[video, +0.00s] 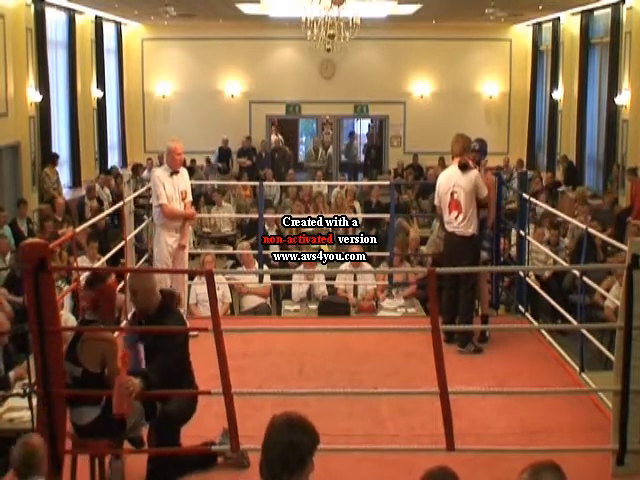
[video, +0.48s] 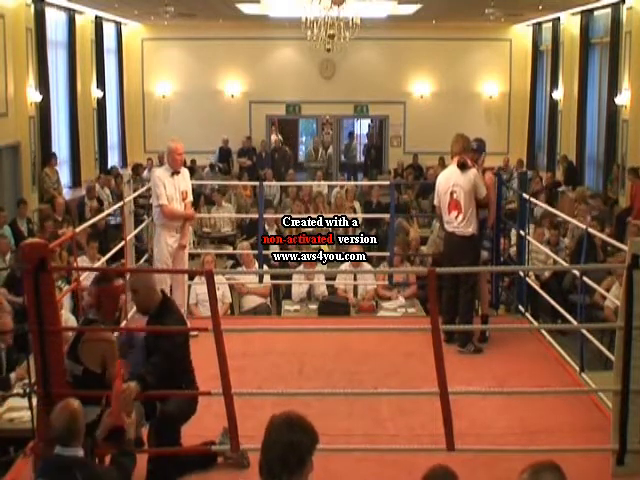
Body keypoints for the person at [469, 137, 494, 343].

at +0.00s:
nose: (473, 157)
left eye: (476, 153)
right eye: (471, 152)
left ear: (482, 155)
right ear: (468, 153)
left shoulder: (489, 179)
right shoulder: (464, 176)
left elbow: (492, 204)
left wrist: (490, 227)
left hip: (483, 230)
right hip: (466, 230)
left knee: (483, 276)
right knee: (466, 276)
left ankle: (484, 321)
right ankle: (463, 320)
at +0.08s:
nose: (473, 157)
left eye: (476, 153)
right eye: (471, 152)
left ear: (482, 154)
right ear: (469, 153)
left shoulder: (488, 177)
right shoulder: (464, 174)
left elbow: (492, 203)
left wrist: (490, 227)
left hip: (483, 229)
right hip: (466, 228)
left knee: (483, 276)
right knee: (466, 276)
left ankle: (484, 321)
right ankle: (463, 320)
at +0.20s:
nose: (474, 159)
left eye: (477, 154)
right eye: (472, 154)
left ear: (484, 155)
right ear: (469, 153)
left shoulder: (489, 178)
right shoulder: (465, 174)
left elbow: (492, 204)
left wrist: (490, 227)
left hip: (483, 229)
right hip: (466, 228)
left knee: (483, 276)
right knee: (467, 276)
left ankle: (484, 321)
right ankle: (463, 320)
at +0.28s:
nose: (472, 159)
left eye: (475, 155)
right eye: (471, 154)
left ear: (482, 155)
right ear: (469, 154)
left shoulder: (488, 178)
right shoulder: (465, 175)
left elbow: (492, 204)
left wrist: (490, 227)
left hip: (483, 229)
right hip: (467, 228)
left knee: (483, 275)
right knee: (468, 276)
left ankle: (484, 320)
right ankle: (464, 319)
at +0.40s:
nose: (472, 160)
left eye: (475, 155)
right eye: (471, 155)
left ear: (482, 155)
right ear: (470, 154)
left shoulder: (489, 178)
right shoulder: (465, 175)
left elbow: (492, 204)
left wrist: (490, 227)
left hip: (483, 229)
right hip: (467, 228)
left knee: (483, 275)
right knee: (468, 276)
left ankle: (484, 320)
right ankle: (465, 319)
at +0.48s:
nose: (471, 159)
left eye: (474, 155)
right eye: (470, 154)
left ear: (480, 155)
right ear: (472, 154)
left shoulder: (488, 178)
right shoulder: (464, 175)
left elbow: (491, 203)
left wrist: (490, 226)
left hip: (483, 229)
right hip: (466, 228)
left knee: (483, 275)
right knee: (467, 276)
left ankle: (484, 320)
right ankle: (464, 319)